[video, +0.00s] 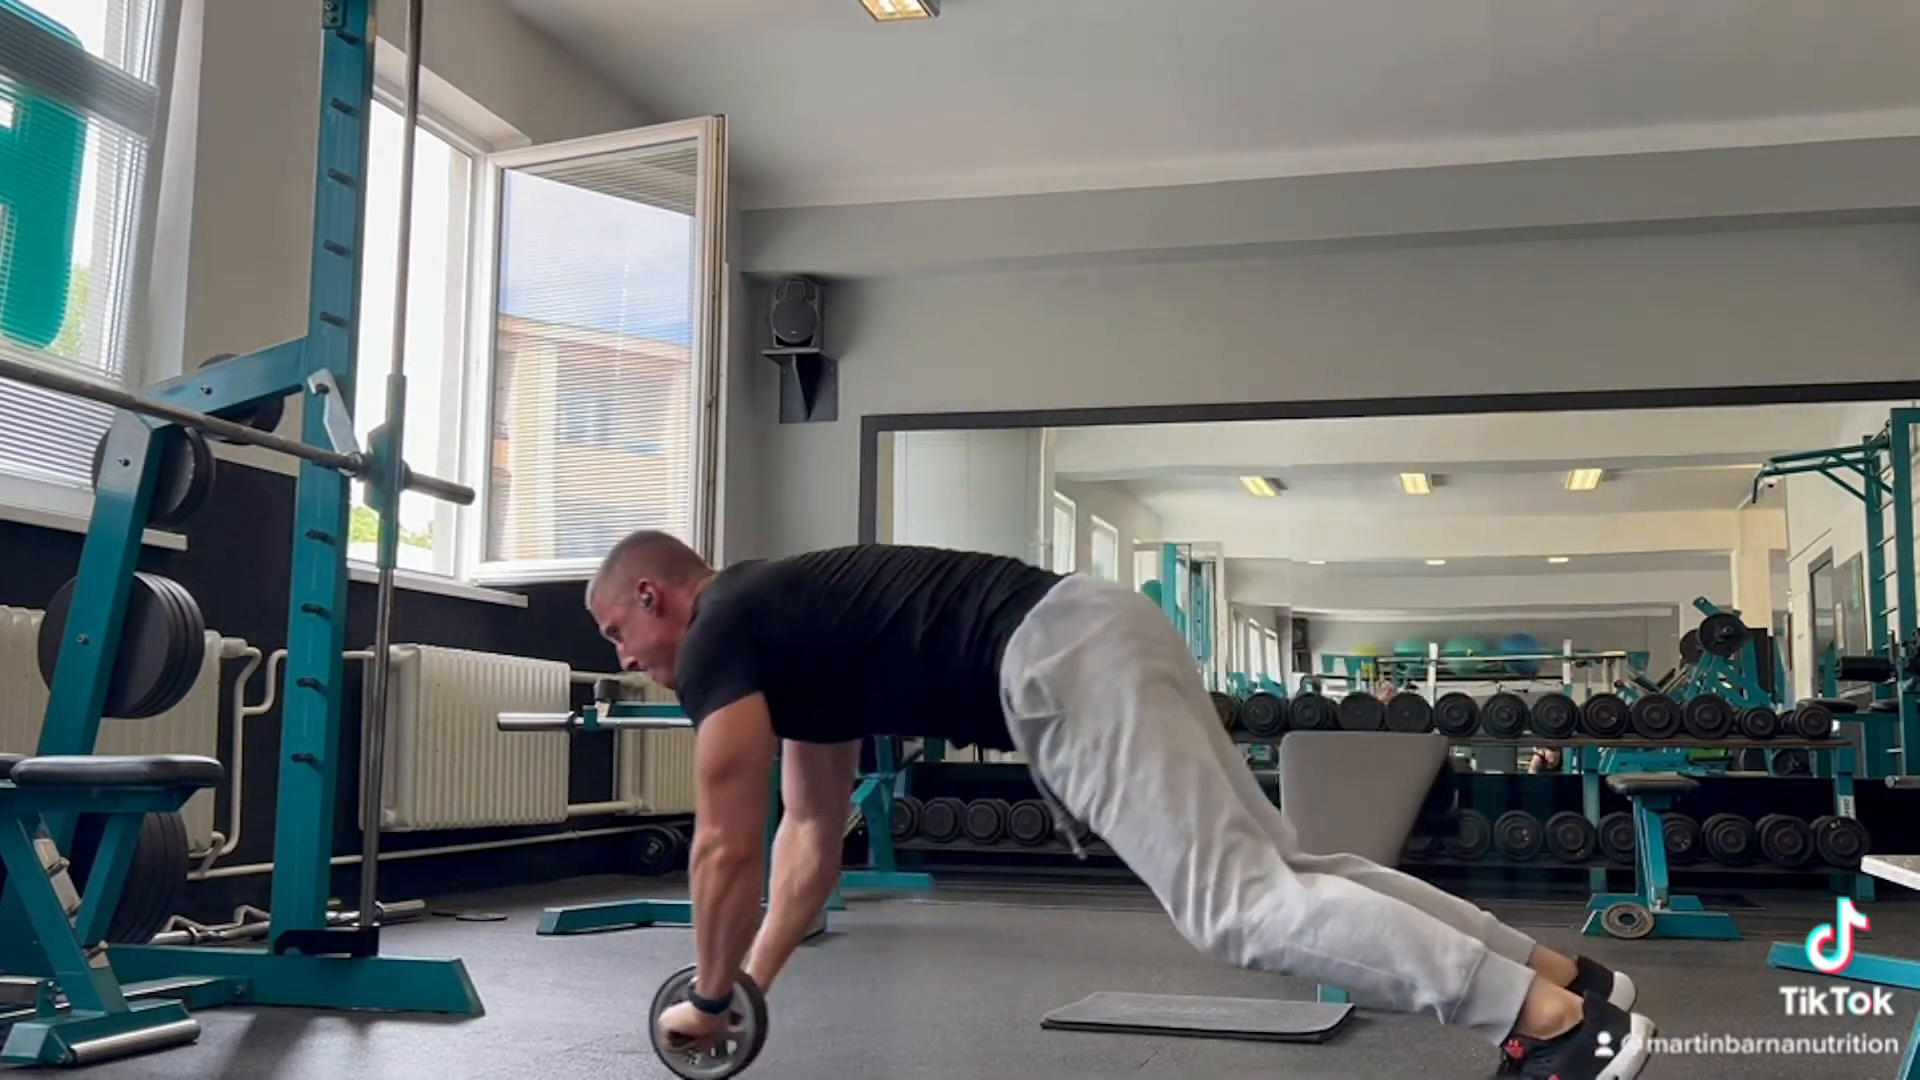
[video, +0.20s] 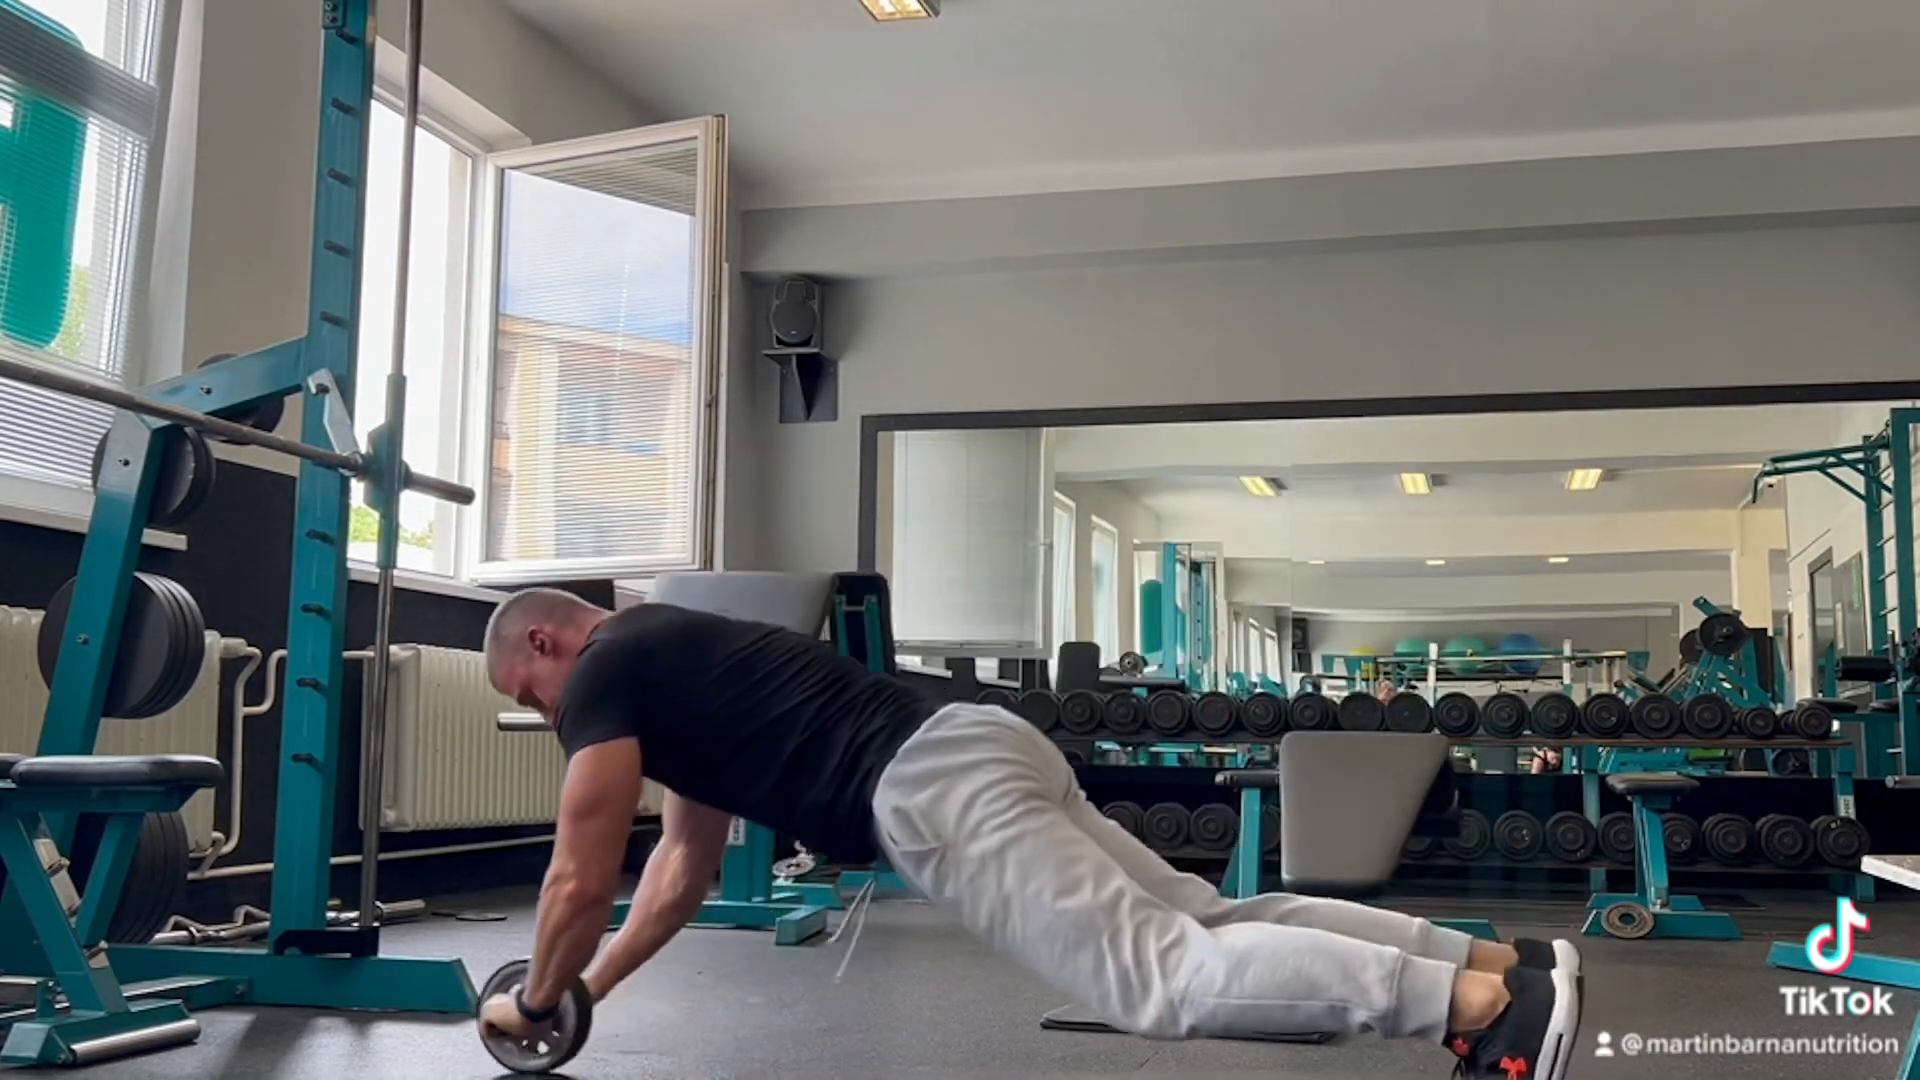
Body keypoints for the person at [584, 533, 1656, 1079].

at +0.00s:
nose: (627, 661)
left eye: (620, 638)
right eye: (617, 644)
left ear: (656, 599)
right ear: (689, 585)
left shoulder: (729, 629)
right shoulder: (800, 631)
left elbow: (729, 844)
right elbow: (811, 842)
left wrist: (711, 992)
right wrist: (749, 980)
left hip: (1060, 651)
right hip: (1094, 632)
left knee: (1237, 906)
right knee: (1268, 873)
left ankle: (1543, 1004)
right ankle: (1552, 980)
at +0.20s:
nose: (536, 713)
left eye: (525, 688)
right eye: (525, 698)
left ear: (552, 636)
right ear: (585, 626)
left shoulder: (615, 661)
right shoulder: (688, 667)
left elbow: (580, 876)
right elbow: (677, 873)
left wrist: (539, 1002)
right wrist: (580, 991)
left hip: (931, 780)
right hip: (972, 746)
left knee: (1151, 979)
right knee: (1190, 918)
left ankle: (1464, 1001)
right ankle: (1477, 964)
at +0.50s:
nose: (478, 875)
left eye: (468, 855)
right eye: (470, 865)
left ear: (487, 799)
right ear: (528, 785)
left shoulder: (539, 809)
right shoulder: (625, 786)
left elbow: (438, 983)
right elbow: (567, 962)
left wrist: (368, 1007)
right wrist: (454, 988)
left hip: (883, 923)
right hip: (928, 861)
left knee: (1122, 1053)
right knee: (1167, 985)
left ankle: (1436, 1026)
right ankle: (1462, 977)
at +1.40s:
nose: (543, 775)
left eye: (525, 753)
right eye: (532, 765)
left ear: (530, 701)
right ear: (564, 693)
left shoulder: (605, 685)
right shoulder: (678, 690)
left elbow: (563, 890)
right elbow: (682, 878)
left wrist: (539, 990)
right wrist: (587, 981)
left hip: (915, 837)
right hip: (963, 796)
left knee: (1122, 1043)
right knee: (1188, 974)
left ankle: (1441, 1011)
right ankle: (1467, 972)